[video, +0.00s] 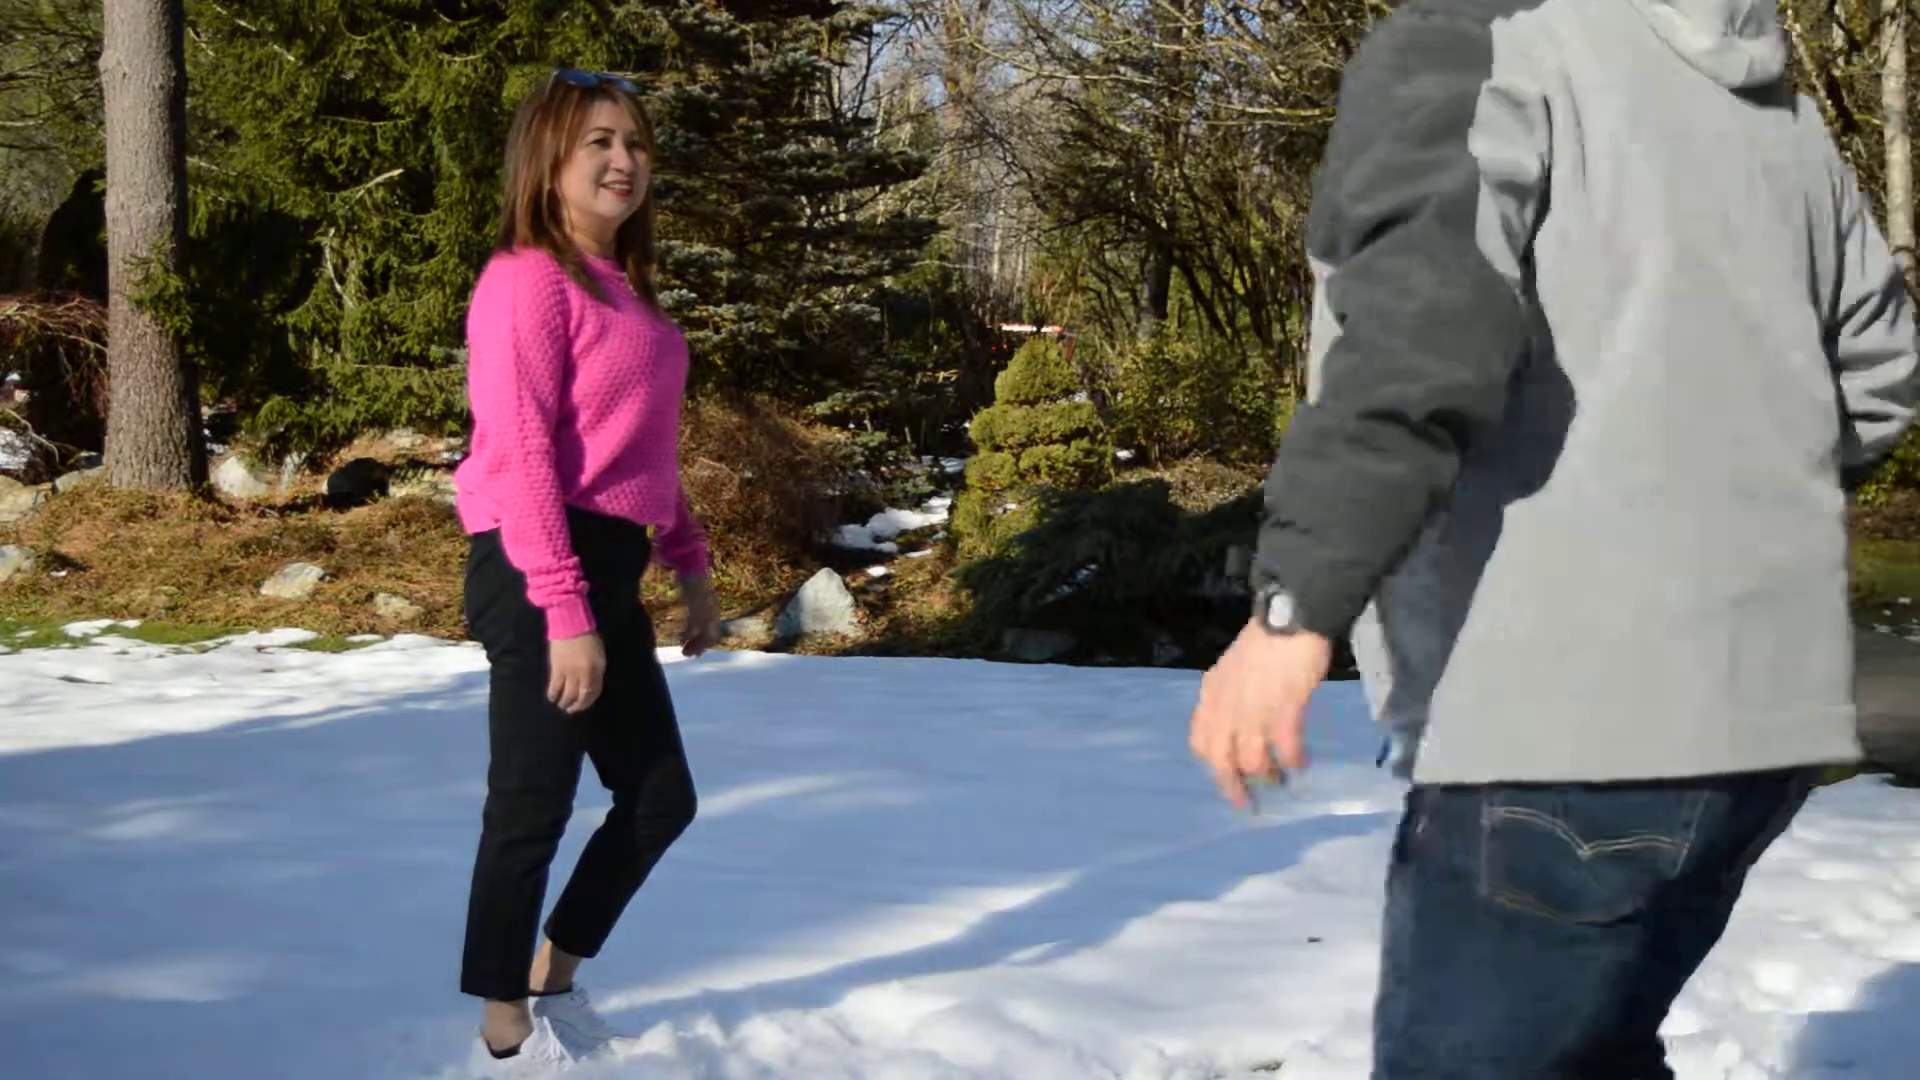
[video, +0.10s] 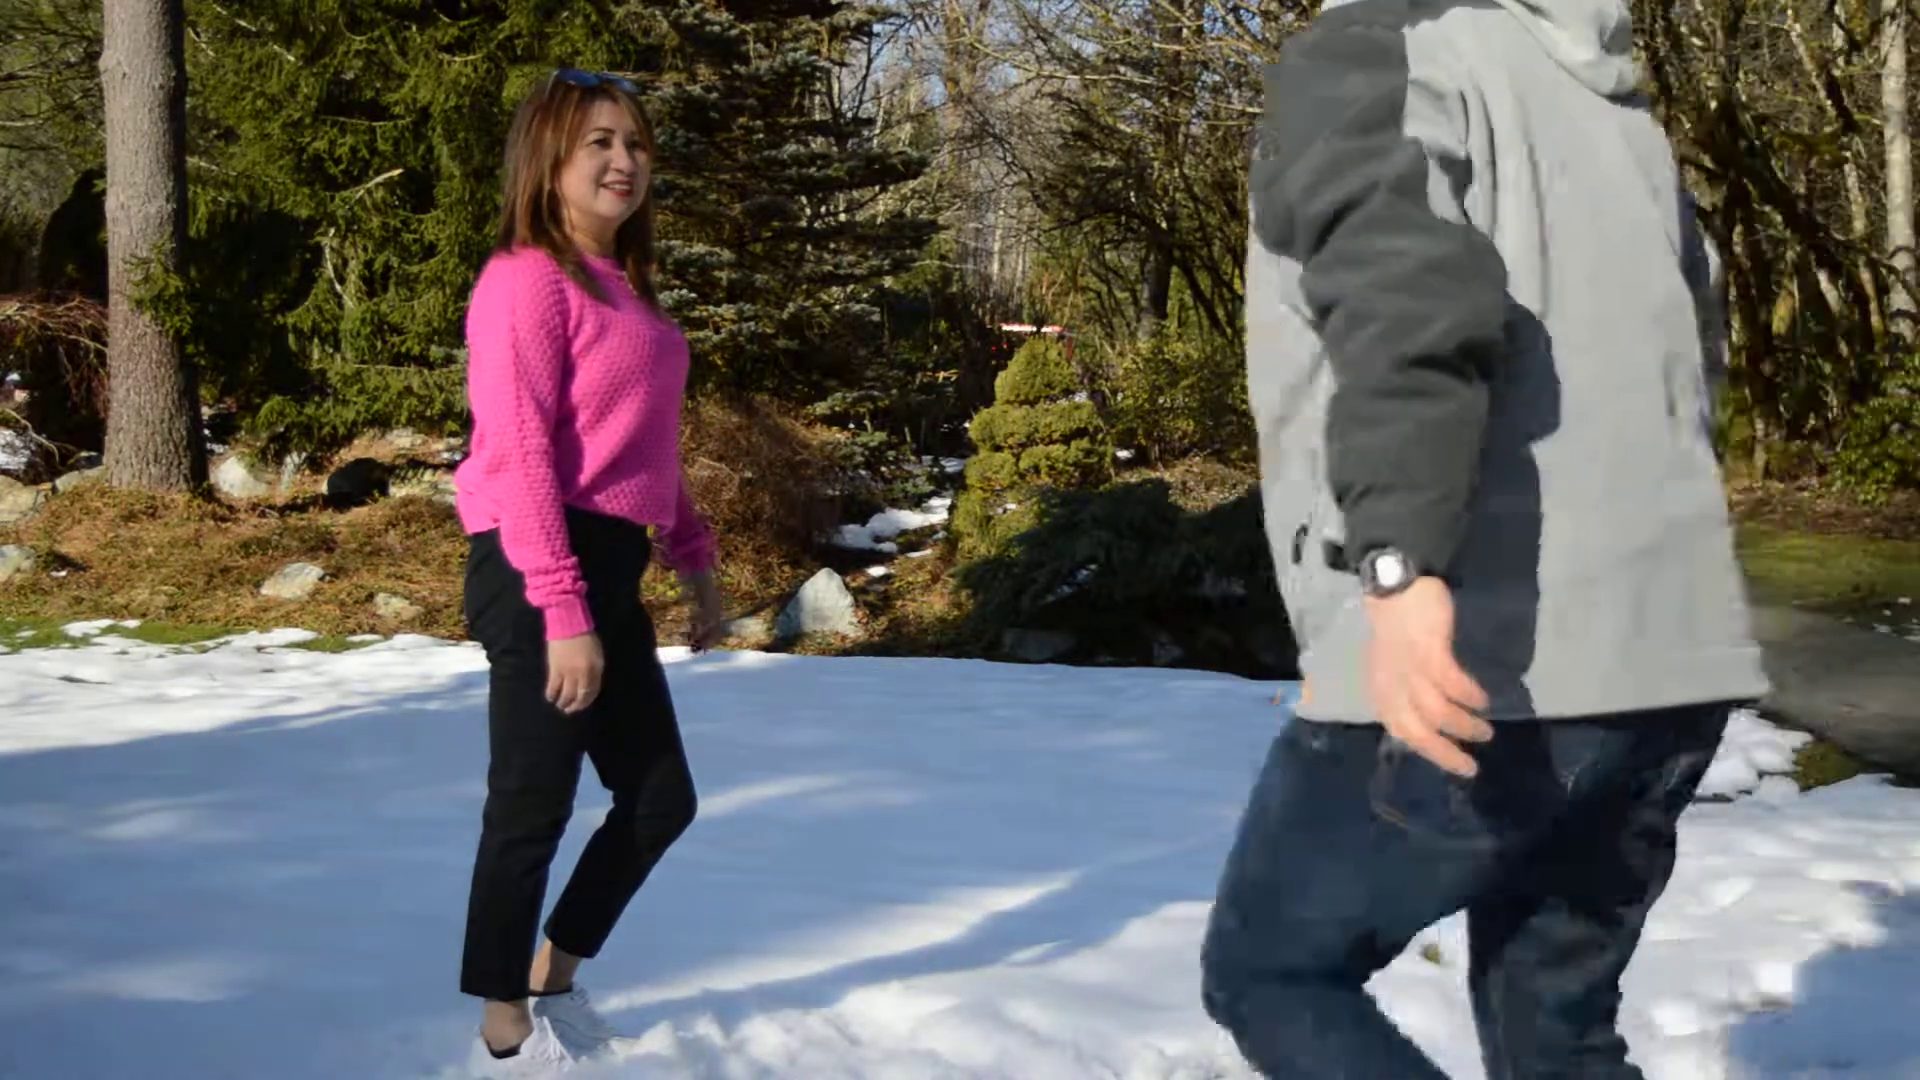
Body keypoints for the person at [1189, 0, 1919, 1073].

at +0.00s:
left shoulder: (1458, 41)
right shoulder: (1771, 92)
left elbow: (1430, 336)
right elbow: (1882, 373)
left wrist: (1292, 612)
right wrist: (1714, 496)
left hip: (1557, 733)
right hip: (1769, 723)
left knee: (1462, 1061)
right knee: (1608, 1052)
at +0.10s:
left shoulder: (1354, 61)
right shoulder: (1611, 91)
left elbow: (1419, 306)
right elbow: (1698, 331)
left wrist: (1397, 568)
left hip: (1474, 680)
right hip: (1672, 670)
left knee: (1271, 973)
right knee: (1557, 1030)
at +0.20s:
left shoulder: (1232, 29)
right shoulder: (1467, 45)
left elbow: (1353, 214)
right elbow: (1525, 295)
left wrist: (1379, 466)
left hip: (1329, 599)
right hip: (1549, 591)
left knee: (1182, 914)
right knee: (1507, 982)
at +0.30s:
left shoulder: (1119, 48)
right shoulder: (1349, 72)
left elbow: (1228, 251)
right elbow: (1371, 298)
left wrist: (1253, 508)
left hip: (1209, 614)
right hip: (1418, 591)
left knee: (1102, 967)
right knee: (1366, 953)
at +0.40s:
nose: (996, 37)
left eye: (994, 18)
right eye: (996, 21)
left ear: (1022, 14)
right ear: (1143, 5)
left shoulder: (1026, 149)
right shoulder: (1254, 154)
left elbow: (1053, 407)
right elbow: (1319, 380)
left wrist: (1034, 642)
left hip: (1120, 680)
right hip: (1292, 662)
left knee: (969, 968)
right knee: (1186, 939)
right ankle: (1436, 1069)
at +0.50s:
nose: (924, 84)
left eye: (921, 56)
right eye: (920, 61)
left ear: (951, 40)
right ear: (1066, 30)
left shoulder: (958, 169)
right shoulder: (1170, 174)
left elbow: (917, 424)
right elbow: (1240, 386)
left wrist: (813, 629)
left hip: (1056, 666)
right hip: (1214, 650)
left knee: (924, 967)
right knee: (1026, 859)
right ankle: (1168, 1060)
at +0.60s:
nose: (862, 76)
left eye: (859, 50)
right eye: (858, 55)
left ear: (886, 36)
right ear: (994, 25)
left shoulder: (898, 154)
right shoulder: (1091, 152)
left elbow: (840, 387)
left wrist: (709, 537)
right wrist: (830, 526)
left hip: (1009, 631)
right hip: (1126, 615)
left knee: (893, 958)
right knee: (928, 935)